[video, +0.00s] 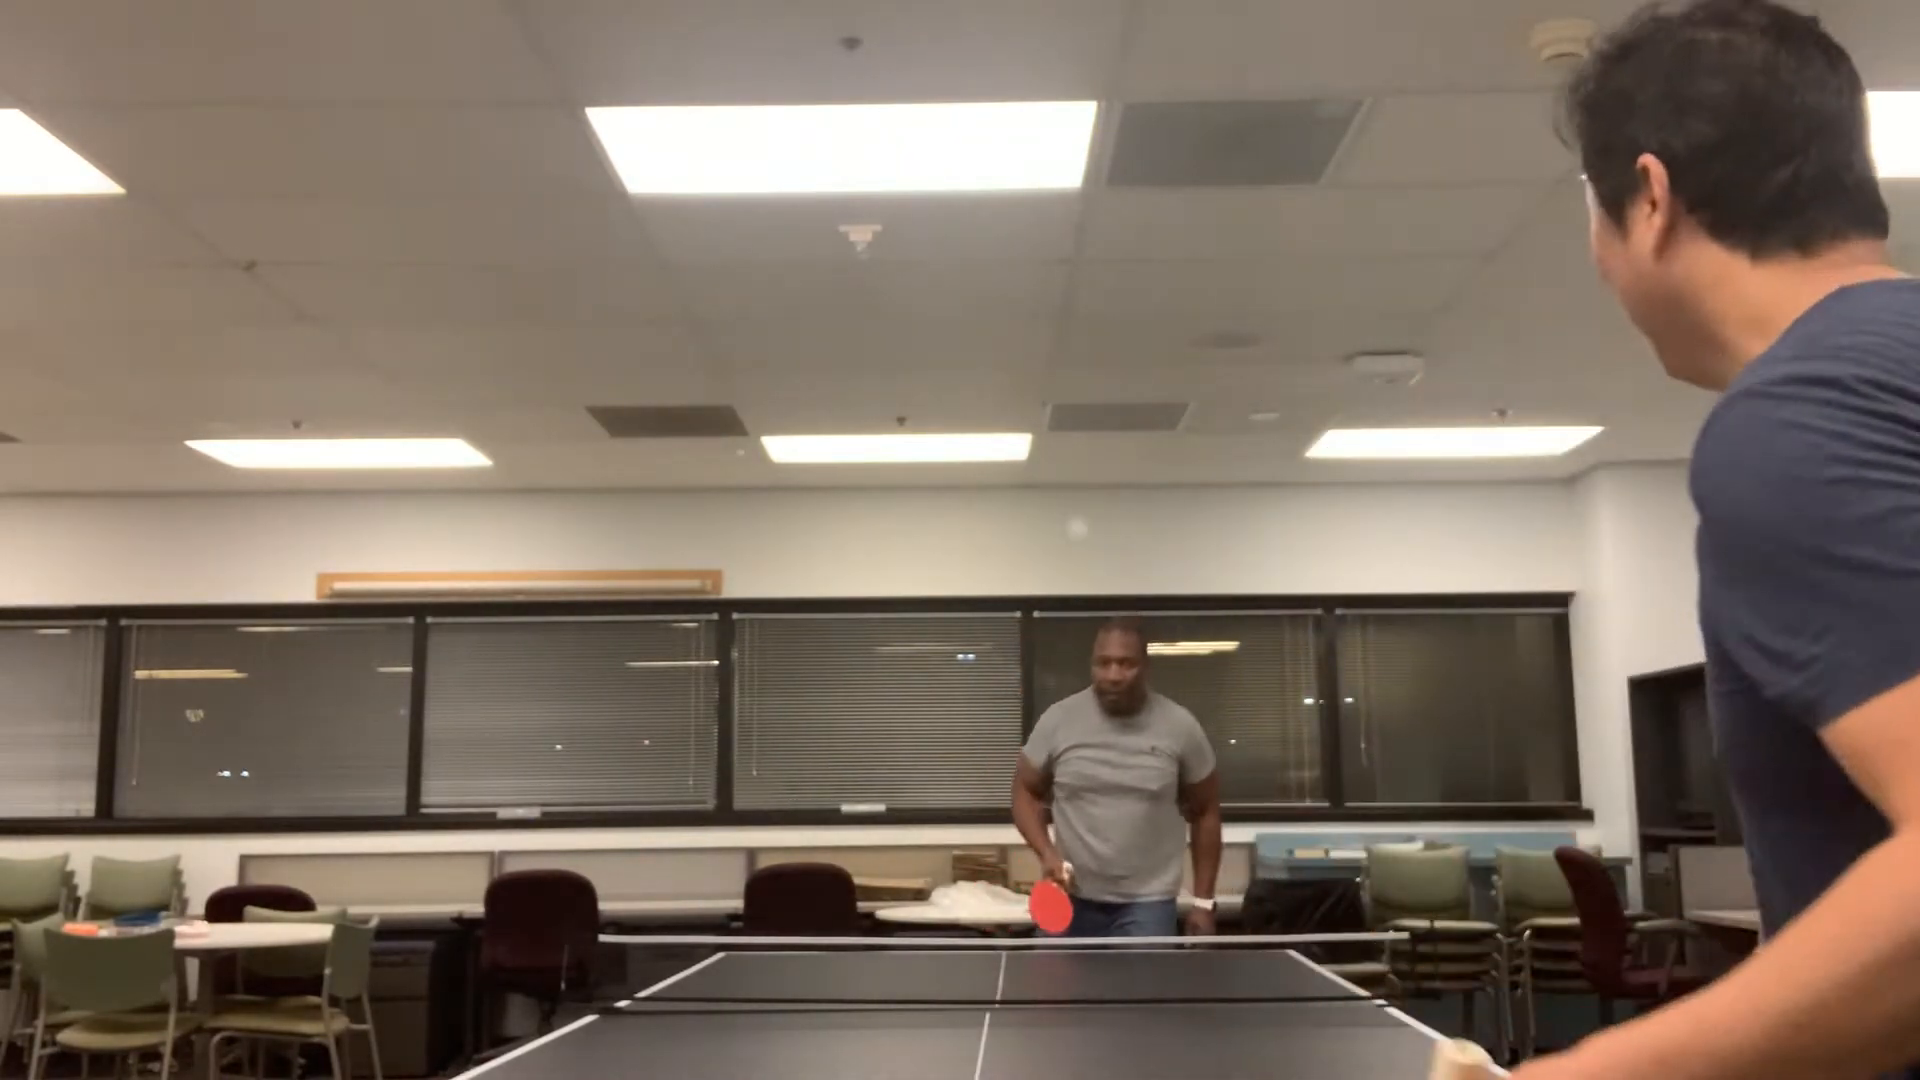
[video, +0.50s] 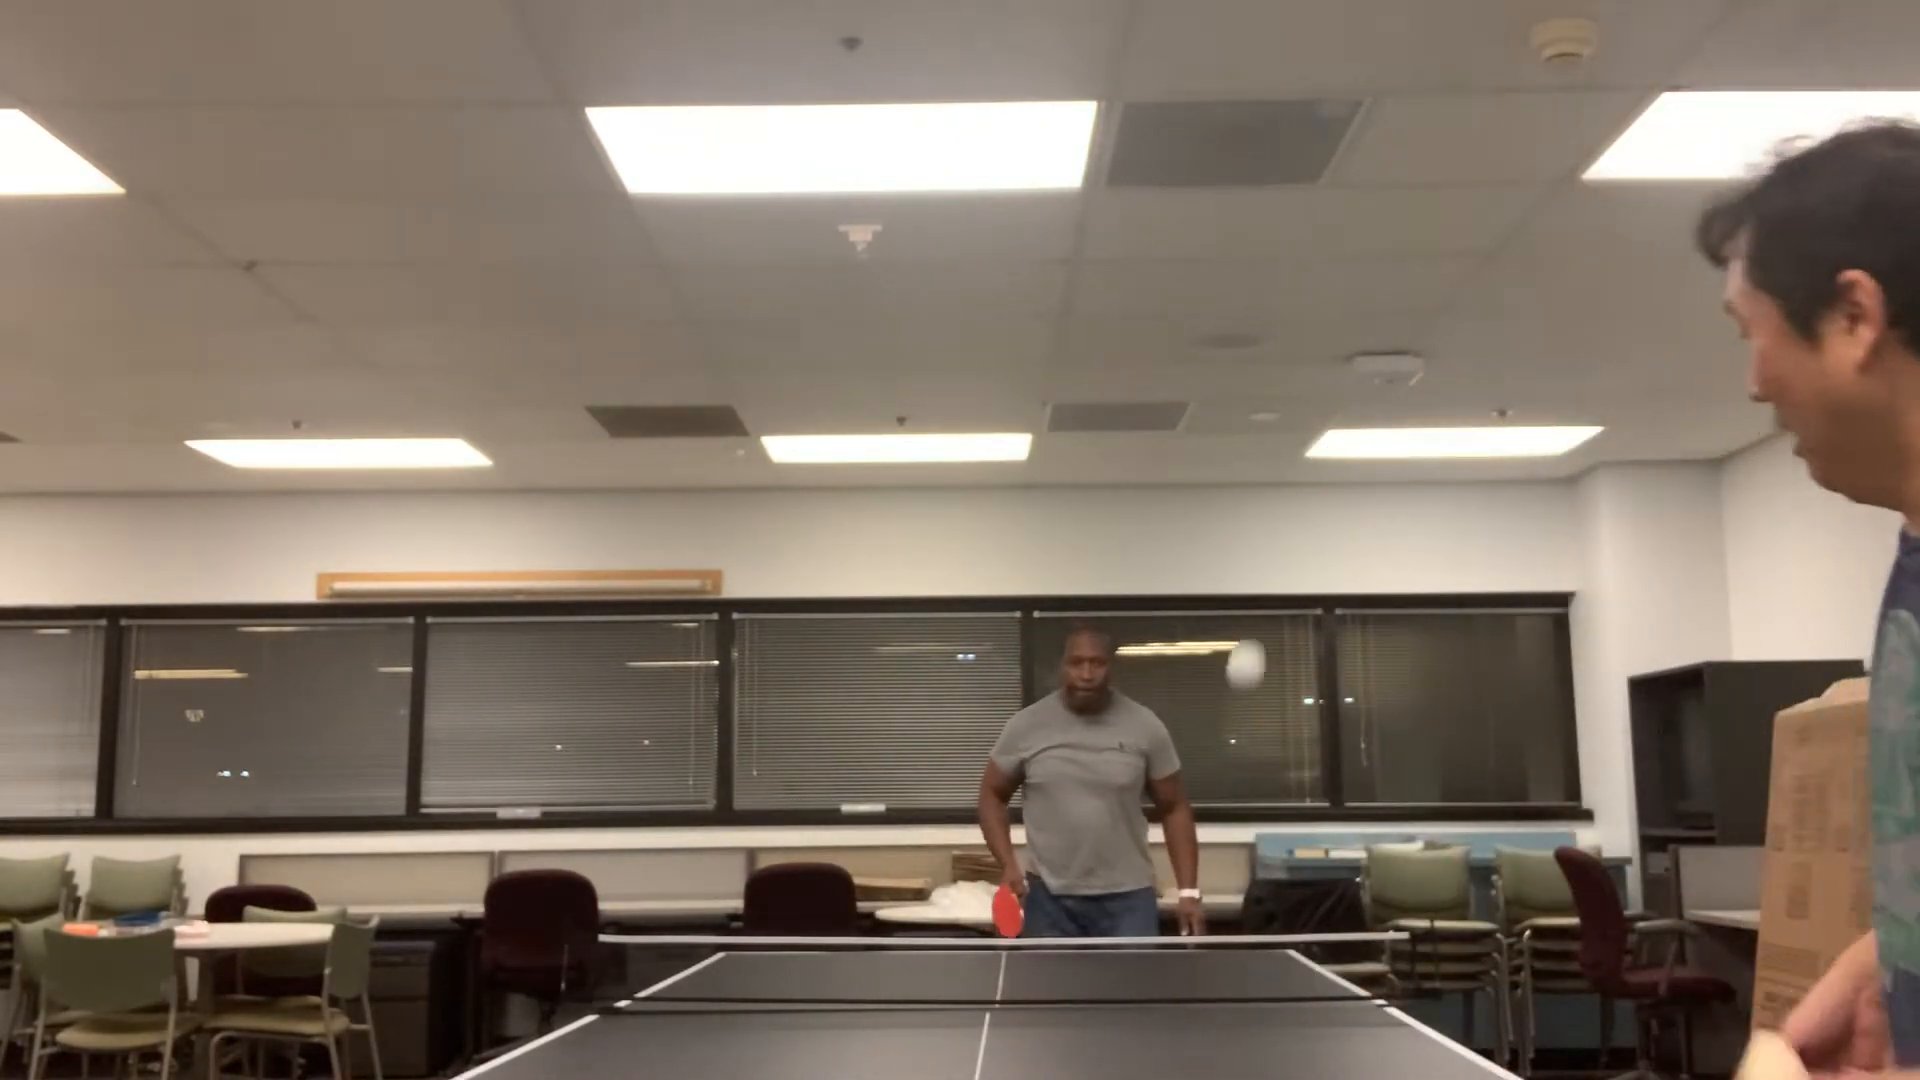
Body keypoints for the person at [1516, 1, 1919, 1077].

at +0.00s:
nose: (1602, 262)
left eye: (1597, 214)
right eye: (1595, 218)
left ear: (1654, 201)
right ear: (1838, 174)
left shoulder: (1787, 423)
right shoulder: (1895, 347)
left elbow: (1917, 835)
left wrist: (1605, 1065)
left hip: (1878, 1052)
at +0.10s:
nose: (1607, 302)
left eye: (1599, 256)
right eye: (1594, 262)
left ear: (1663, 233)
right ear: (1828, 193)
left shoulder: (1837, 453)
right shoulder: (1888, 389)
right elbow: (1910, 763)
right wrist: (1834, 914)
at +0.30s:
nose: (1673, 371)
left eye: (1663, 322)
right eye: (1659, 327)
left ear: (1744, 292)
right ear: (1739, 297)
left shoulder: (1896, 533)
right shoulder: (1877, 527)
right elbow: (1912, 824)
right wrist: (1827, 937)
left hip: (1901, 1054)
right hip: (1882, 1053)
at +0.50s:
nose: (1754, 383)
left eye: (1754, 333)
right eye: (1745, 339)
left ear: (1856, 317)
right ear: (1854, 320)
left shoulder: (1908, 577)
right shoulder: (1906, 568)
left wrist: (1884, 968)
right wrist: (1883, 955)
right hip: (1893, 1046)